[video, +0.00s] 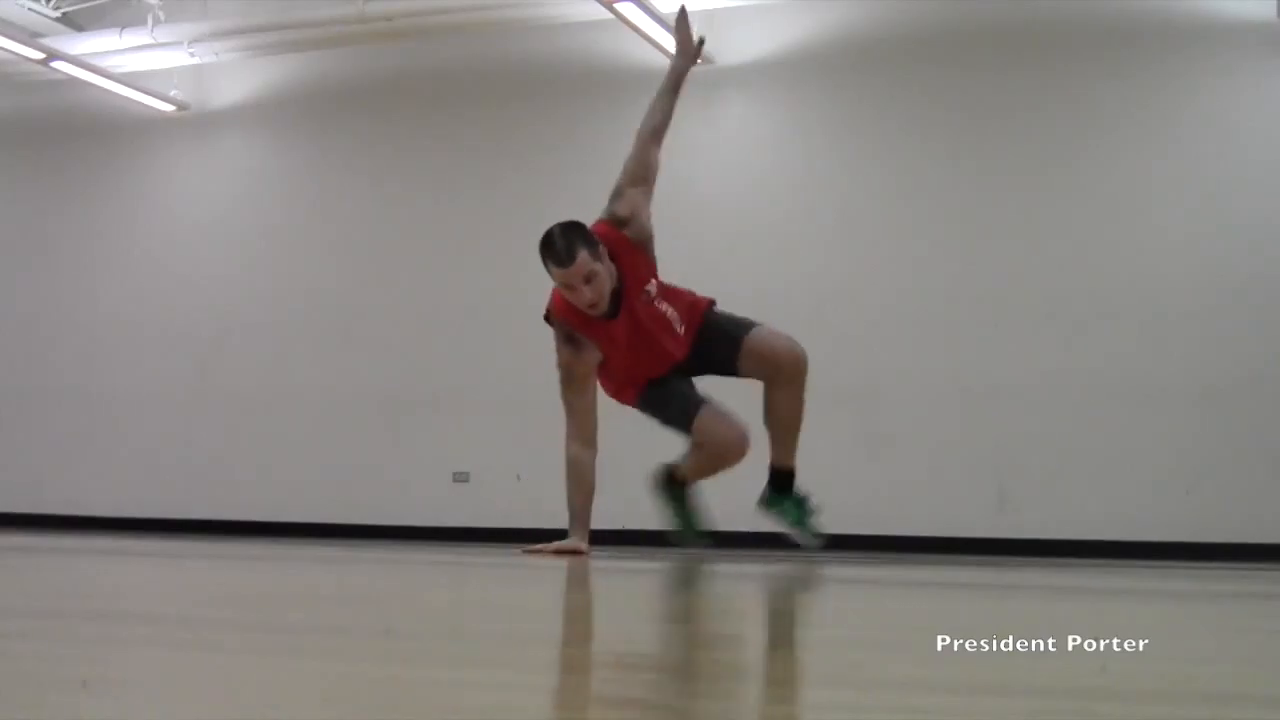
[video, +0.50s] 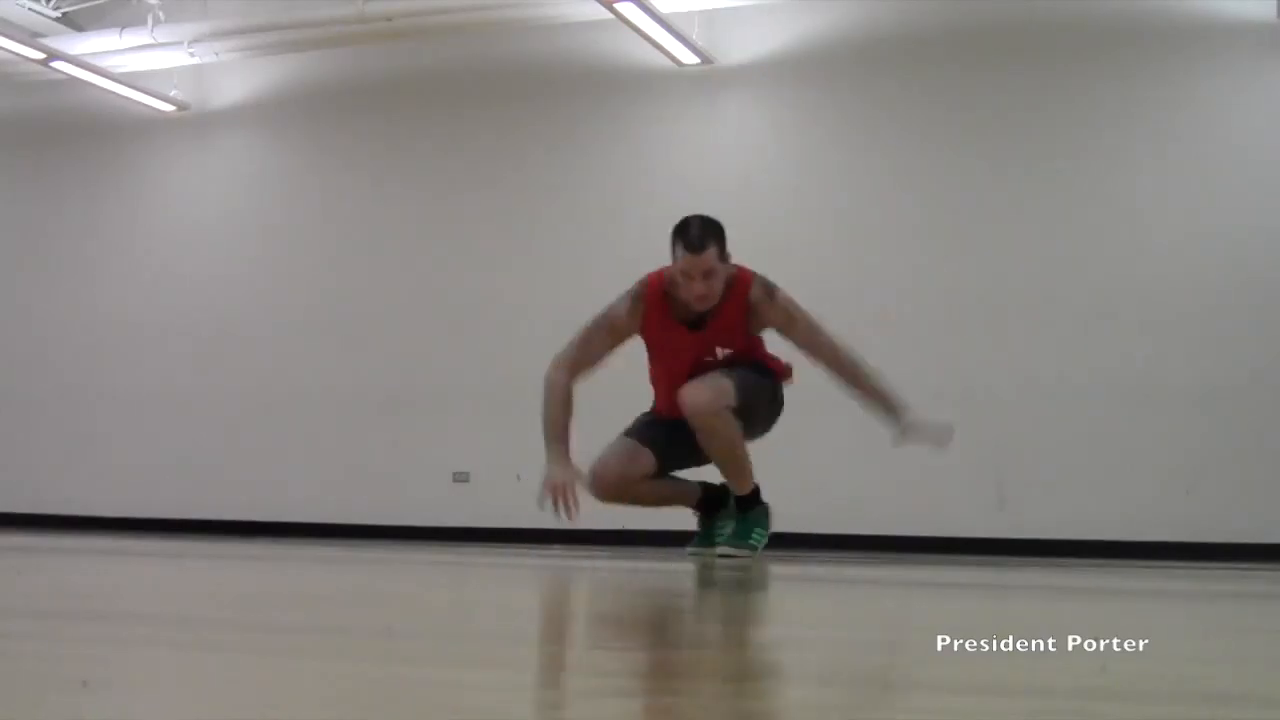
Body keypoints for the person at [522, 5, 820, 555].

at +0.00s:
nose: (585, 295)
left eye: (589, 279)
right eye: (571, 289)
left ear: (604, 255)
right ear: (556, 286)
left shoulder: (627, 222)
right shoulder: (574, 344)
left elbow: (650, 140)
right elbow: (581, 442)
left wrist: (682, 64)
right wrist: (579, 535)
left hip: (683, 327)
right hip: (644, 380)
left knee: (787, 359)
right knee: (732, 442)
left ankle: (781, 491)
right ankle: (674, 483)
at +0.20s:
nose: (611, 299)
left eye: (615, 283)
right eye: (596, 294)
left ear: (626, 258)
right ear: (579, 290)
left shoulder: (652, 231)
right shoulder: (592, 349)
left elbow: (708, 147)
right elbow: (593, 442)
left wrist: (771, 87)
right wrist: (580, 534)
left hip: (685, 315)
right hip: (666, 371)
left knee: (804, 311)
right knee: (771, 350)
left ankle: (767, 427)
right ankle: (755, 473)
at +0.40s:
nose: (664, 302)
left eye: (673, 289)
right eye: (651, 295)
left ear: (688, 269)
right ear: (633, 286)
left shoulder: (720, 261)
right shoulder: (623, 339)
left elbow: (807, 251)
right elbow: (602, 436)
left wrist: (903, 252)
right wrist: (579, 529)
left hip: (729, 363)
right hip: (669, 388)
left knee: (770, 386)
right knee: (668, 464)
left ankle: (731, 510)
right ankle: (708, 504)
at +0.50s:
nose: (700, 288)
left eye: (709, 275)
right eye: (689, 277)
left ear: (726, 263)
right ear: (672, 267)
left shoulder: (755, 295)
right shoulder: (643, 301)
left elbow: (829, 354)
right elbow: (562, 370)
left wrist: (897, 413)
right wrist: (557, 460)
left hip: (749, 397)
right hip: (678, 412)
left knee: (698, 397)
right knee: (607, 480)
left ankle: (749, 505)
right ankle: (710, 500)